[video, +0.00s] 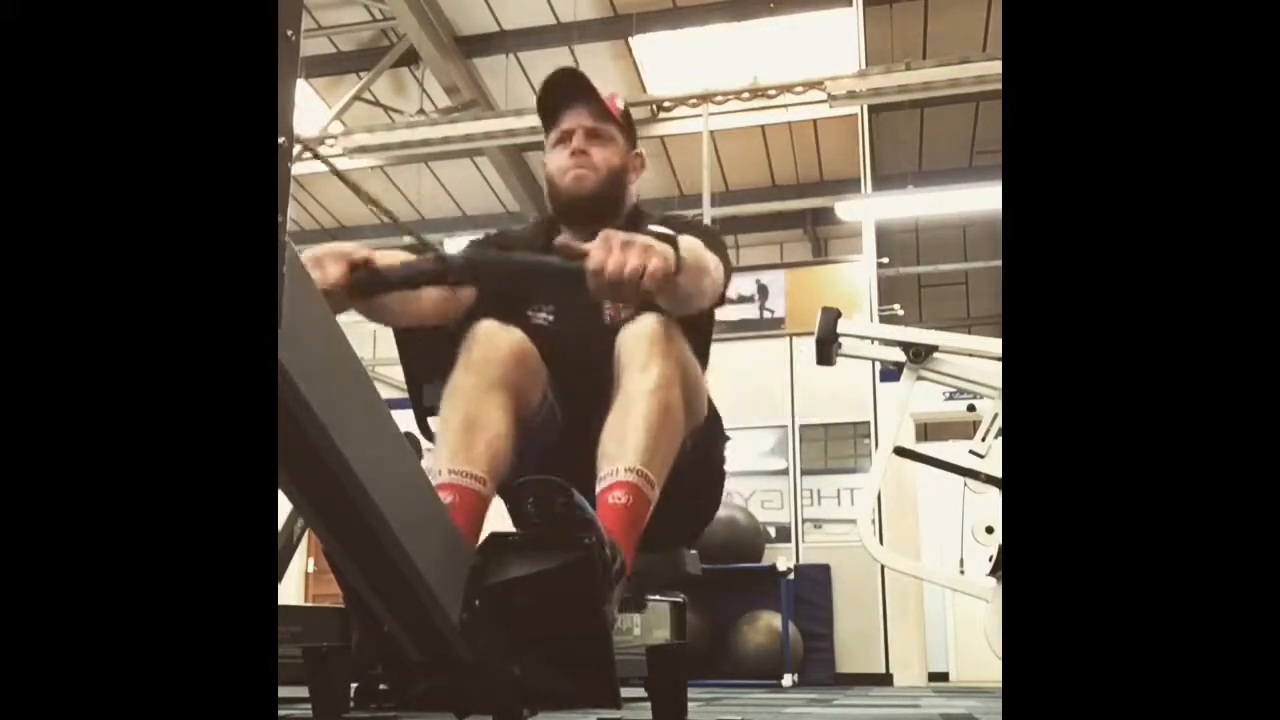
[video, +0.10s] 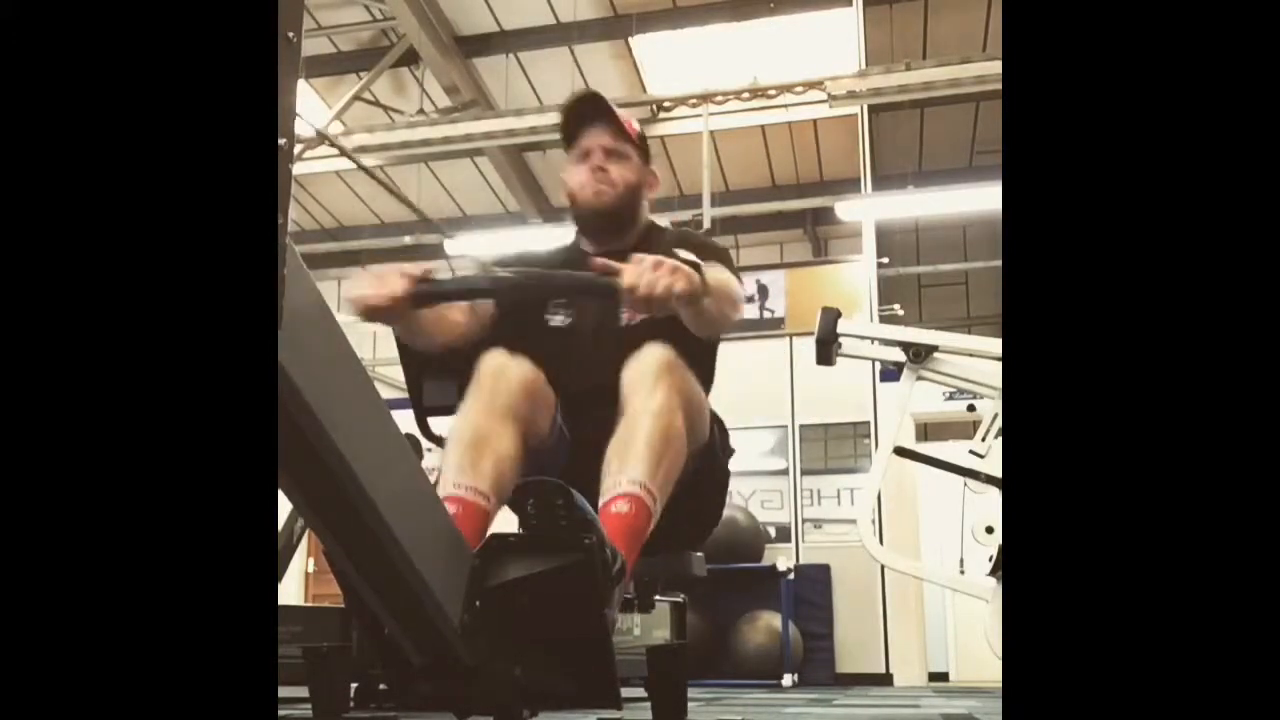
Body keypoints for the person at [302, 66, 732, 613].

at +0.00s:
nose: (577, 146)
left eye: (597, 137)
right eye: (563, 140)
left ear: (634, 163)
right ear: (545, 167)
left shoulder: (679, 240)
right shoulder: (512, 248)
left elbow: (704, 282)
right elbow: (440, 292)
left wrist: (662, 265)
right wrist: (364, 280)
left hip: (661, 484)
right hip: (543, 481)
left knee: (652, 332)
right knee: (493, 339)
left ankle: (607, 557)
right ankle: (444, 552)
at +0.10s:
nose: (597, 164)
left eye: (615, 155)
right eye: (583, 156)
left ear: (648, 180)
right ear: (567, 183)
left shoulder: (691, 255)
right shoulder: (537, 272)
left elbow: (727, 313)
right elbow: (457, 324)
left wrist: (691, 291)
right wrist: (405, 311)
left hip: (670, 481)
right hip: (555, 473)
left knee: (656, 361)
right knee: (500, 366)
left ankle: (608, 565)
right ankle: (446, 556)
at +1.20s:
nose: (592, 157)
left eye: (611, 147)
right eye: (577, 148)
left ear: (645, 173)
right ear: (558, 176)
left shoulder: (687, 257)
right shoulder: (532, 265)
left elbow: (716, 308)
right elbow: (454, 313)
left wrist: (678, 283)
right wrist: (386, 305)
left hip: (669, 483)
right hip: (555, 477)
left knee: (659, 352)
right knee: (500, 357)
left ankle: (605, 564)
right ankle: (446, 555)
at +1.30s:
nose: (620, 189)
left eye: (636, 179)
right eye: (606, 179)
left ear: (663, 201)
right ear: (588, 203)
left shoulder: (700, 274)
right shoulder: (560, 281)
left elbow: (748, 326)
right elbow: (483, 333)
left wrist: (707, 282)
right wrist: (442, 307)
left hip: (678, 482)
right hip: (563, 479)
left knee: (663, 398)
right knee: (511, 402)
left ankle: (605, 564)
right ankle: (452, 556)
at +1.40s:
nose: (642, 236)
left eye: (657, 224)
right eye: (631, 225)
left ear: (682, 240)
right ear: (616, 239)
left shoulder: (715, 308)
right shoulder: (586, 318)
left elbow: (769, 363)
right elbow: (509, 375)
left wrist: (730, 322)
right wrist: (490, 340)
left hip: (691, 472)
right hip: (587, 470)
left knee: (661, 436)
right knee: (523, 447)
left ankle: (611, 567)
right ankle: (460, 559)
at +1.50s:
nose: (655, 289)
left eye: (669, 277)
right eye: (644, 277)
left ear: (692, 288)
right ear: (628, 286)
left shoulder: (720, 356)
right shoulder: (593, 358)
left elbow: (797, 416)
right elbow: (509, 423)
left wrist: (752, 367)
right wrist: (515, 380)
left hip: (695, 501)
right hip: (594, 498)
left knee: (663, 471)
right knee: (539, 474)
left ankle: (610, 579)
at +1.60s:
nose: (657, 305)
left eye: (671, 295)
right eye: (646, 295)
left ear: (697, 306)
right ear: (632, 306)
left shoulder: (727, 371)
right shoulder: (595, 370)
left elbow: (821, 449)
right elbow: (511, 449)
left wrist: (772, 380)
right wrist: (537, 386)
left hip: (697, 502)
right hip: (599, 492)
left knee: (657, 464)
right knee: (542, 466)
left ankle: (605, 569)